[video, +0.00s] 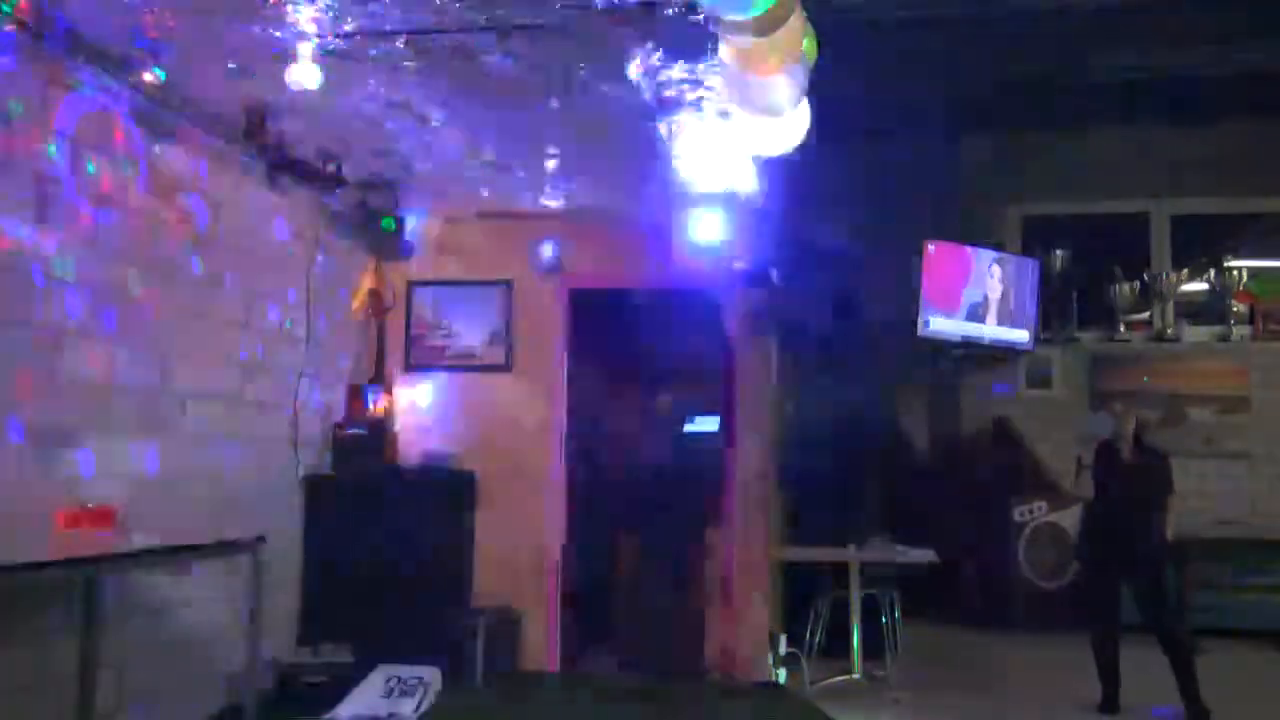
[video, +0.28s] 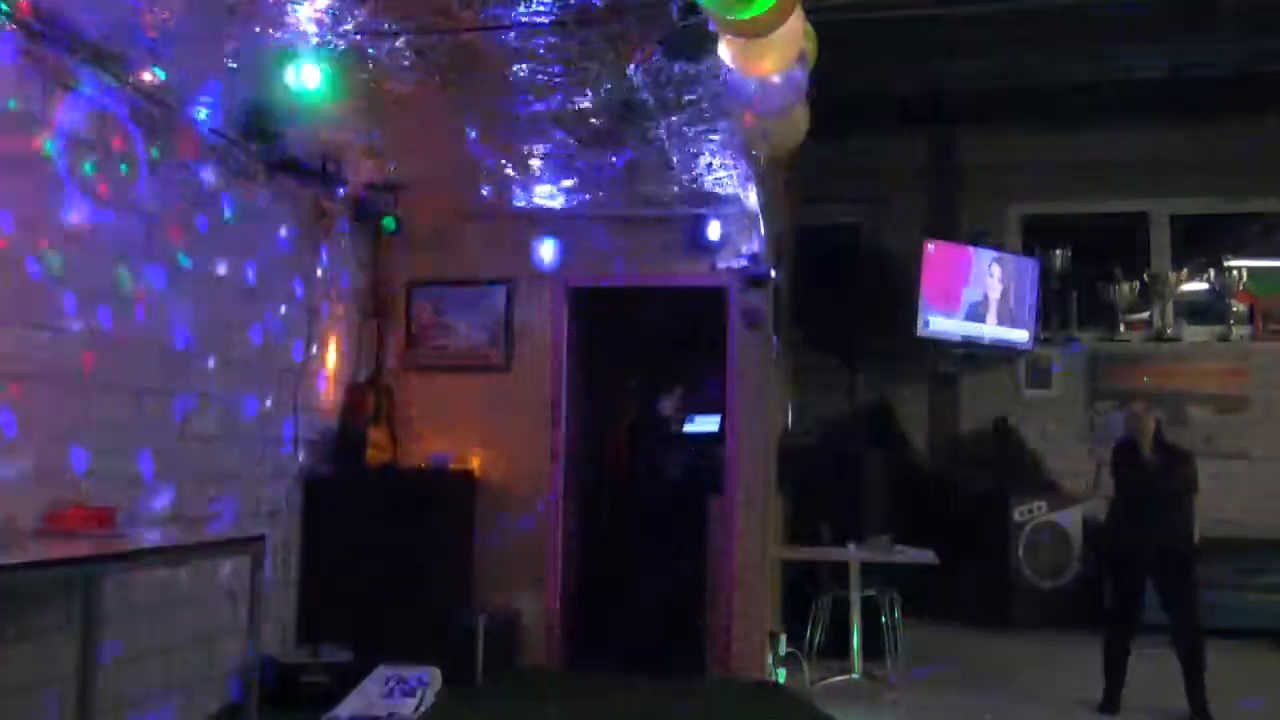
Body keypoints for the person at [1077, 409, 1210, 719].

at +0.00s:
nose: (1126, 424)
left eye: (1131, 418)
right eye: (1120, 418)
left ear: (1139, 423)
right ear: (1112, 422)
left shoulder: (1155, 458)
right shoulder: (1100, 454)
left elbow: (1167, 502)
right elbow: (1084, 494)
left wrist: (1166, 539)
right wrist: (1082, 466)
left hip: (1145, 550)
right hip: (1103, 549)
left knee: (1166, 626)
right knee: (1104, 626)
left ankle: (1193, 702)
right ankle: (1109, 697)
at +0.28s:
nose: (1138, 425)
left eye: (1144, 418)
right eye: (1133, 419)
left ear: (1156, 423)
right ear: (1127, 425)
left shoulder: (1179, 458)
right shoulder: (1122, 456)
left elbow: (1188, 506)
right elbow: (1124, 499)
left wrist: (1190, 541)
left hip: (1172, 552)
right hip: (1127, 553)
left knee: (1188, 628)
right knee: (1120, 624)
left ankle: (1198, 704)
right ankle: (1111, 697)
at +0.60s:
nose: (1159, 415)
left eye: (1165, 408)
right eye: (1153, 409)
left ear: (1176, 413)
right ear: (1147, 415)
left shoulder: (1196, 446)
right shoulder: (1140, 447)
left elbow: (1226, 470)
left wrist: (1252, 484)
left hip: (1197, 547)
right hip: (1152, 546)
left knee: (1197, 627)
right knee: (1137, 621)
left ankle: (1197, 700)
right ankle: (1122, 690)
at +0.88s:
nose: (1164, 421)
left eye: (1169, 415)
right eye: (1158, 415)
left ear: (1177, 421)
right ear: (1149, 420)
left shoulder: (1194, 452)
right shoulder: (1139, 455)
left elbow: (1226, 464)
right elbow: (1140, 503)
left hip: (1200, 551)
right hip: (1157, 551)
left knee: (1202, 629)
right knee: (1140, 622)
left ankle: (1198, 702)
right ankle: (1117, 693)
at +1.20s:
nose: (1147, 424)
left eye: (1153, 419)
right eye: (1141, 417)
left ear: (1162, 424)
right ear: (1131, 422)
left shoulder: (1175, 458)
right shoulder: (1118, 457)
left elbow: (1212, 483)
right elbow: (1120, 493)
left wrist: (1258, 500)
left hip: (1182, 552)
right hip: (1137, 553)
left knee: (1191, 628)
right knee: (1125, 624)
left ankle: (1196, 704)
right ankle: (1108, 698)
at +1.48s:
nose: (1131, 416)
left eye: (1137, 410)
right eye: (1124, 410)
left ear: (1146, 415)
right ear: (1112, 415)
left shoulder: (1156, 450)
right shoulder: (1096, 451)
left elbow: (1159, 493)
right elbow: (1099, 487)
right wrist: (1121, 447)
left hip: (1152, 545)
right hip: (1109, 548)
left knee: (1172, 626)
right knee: (1108, 625)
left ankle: (1190, 701)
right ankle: (1107, 697)